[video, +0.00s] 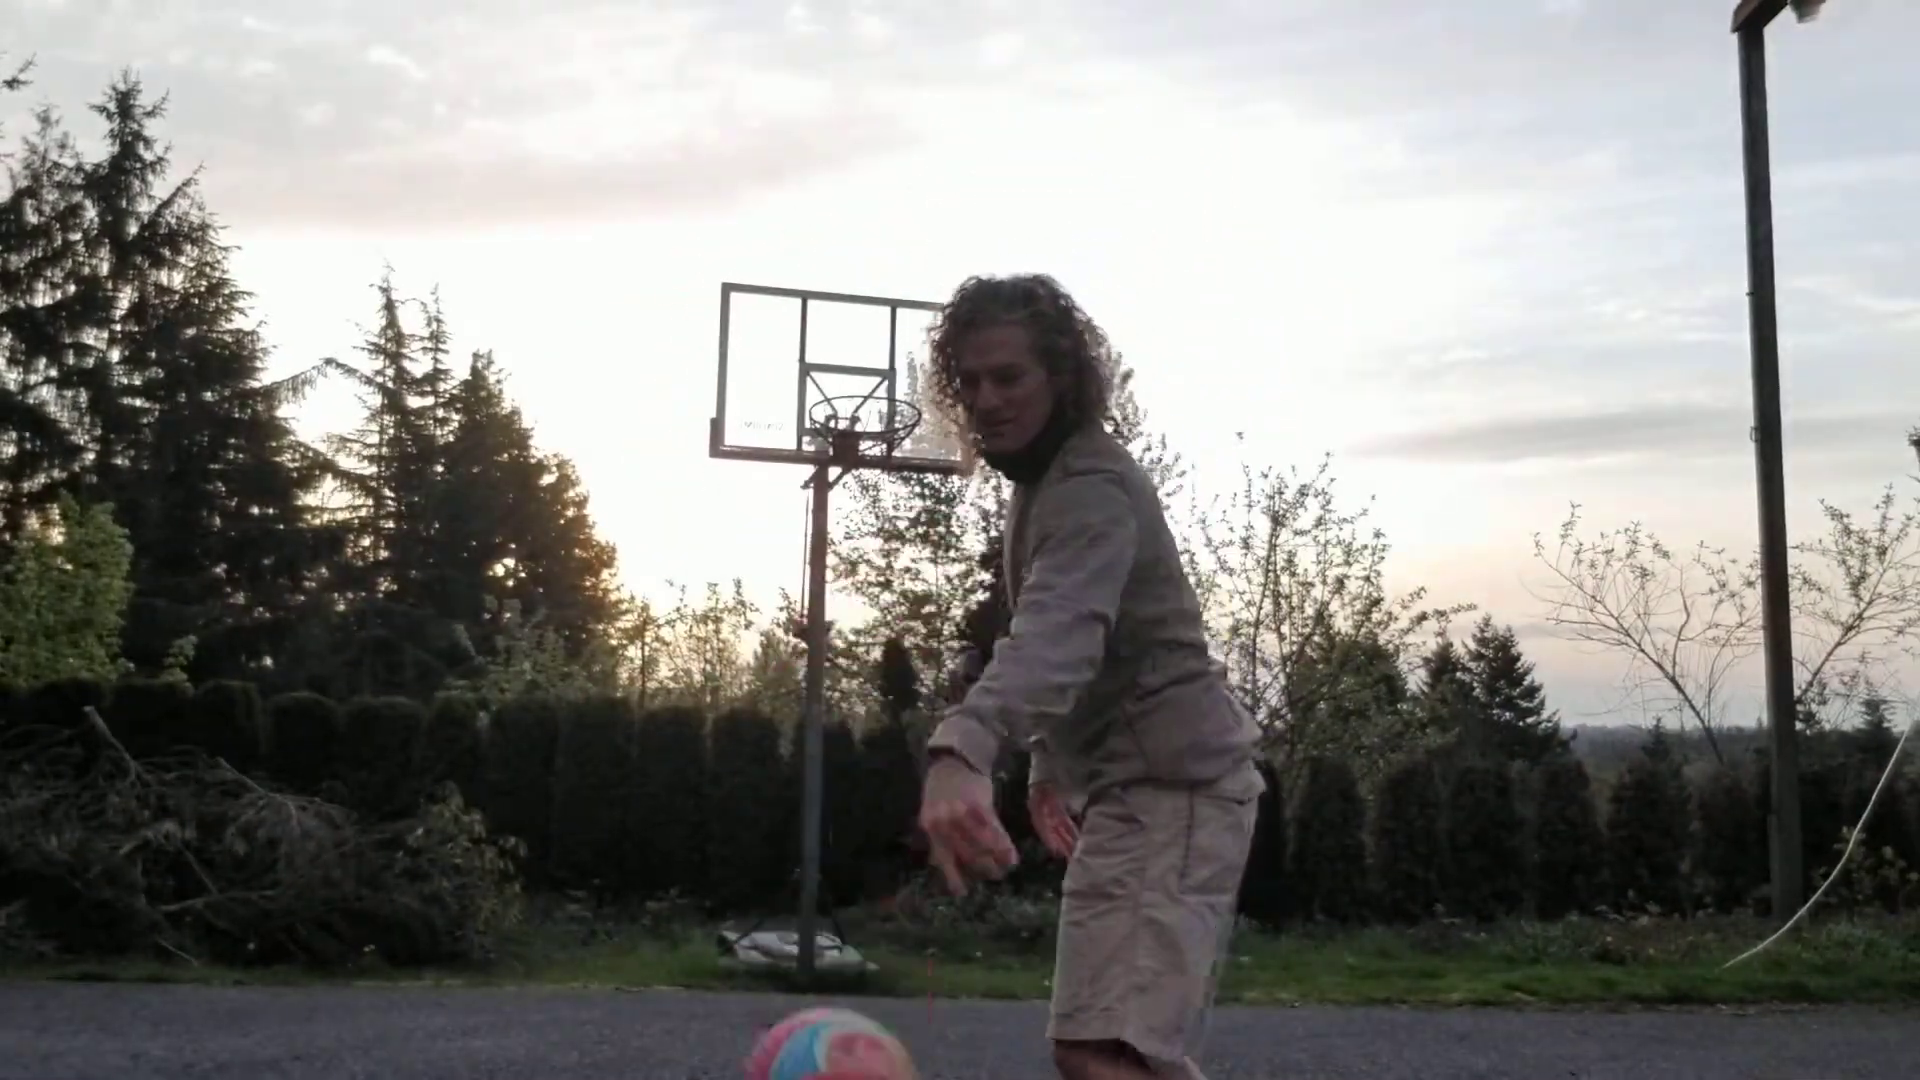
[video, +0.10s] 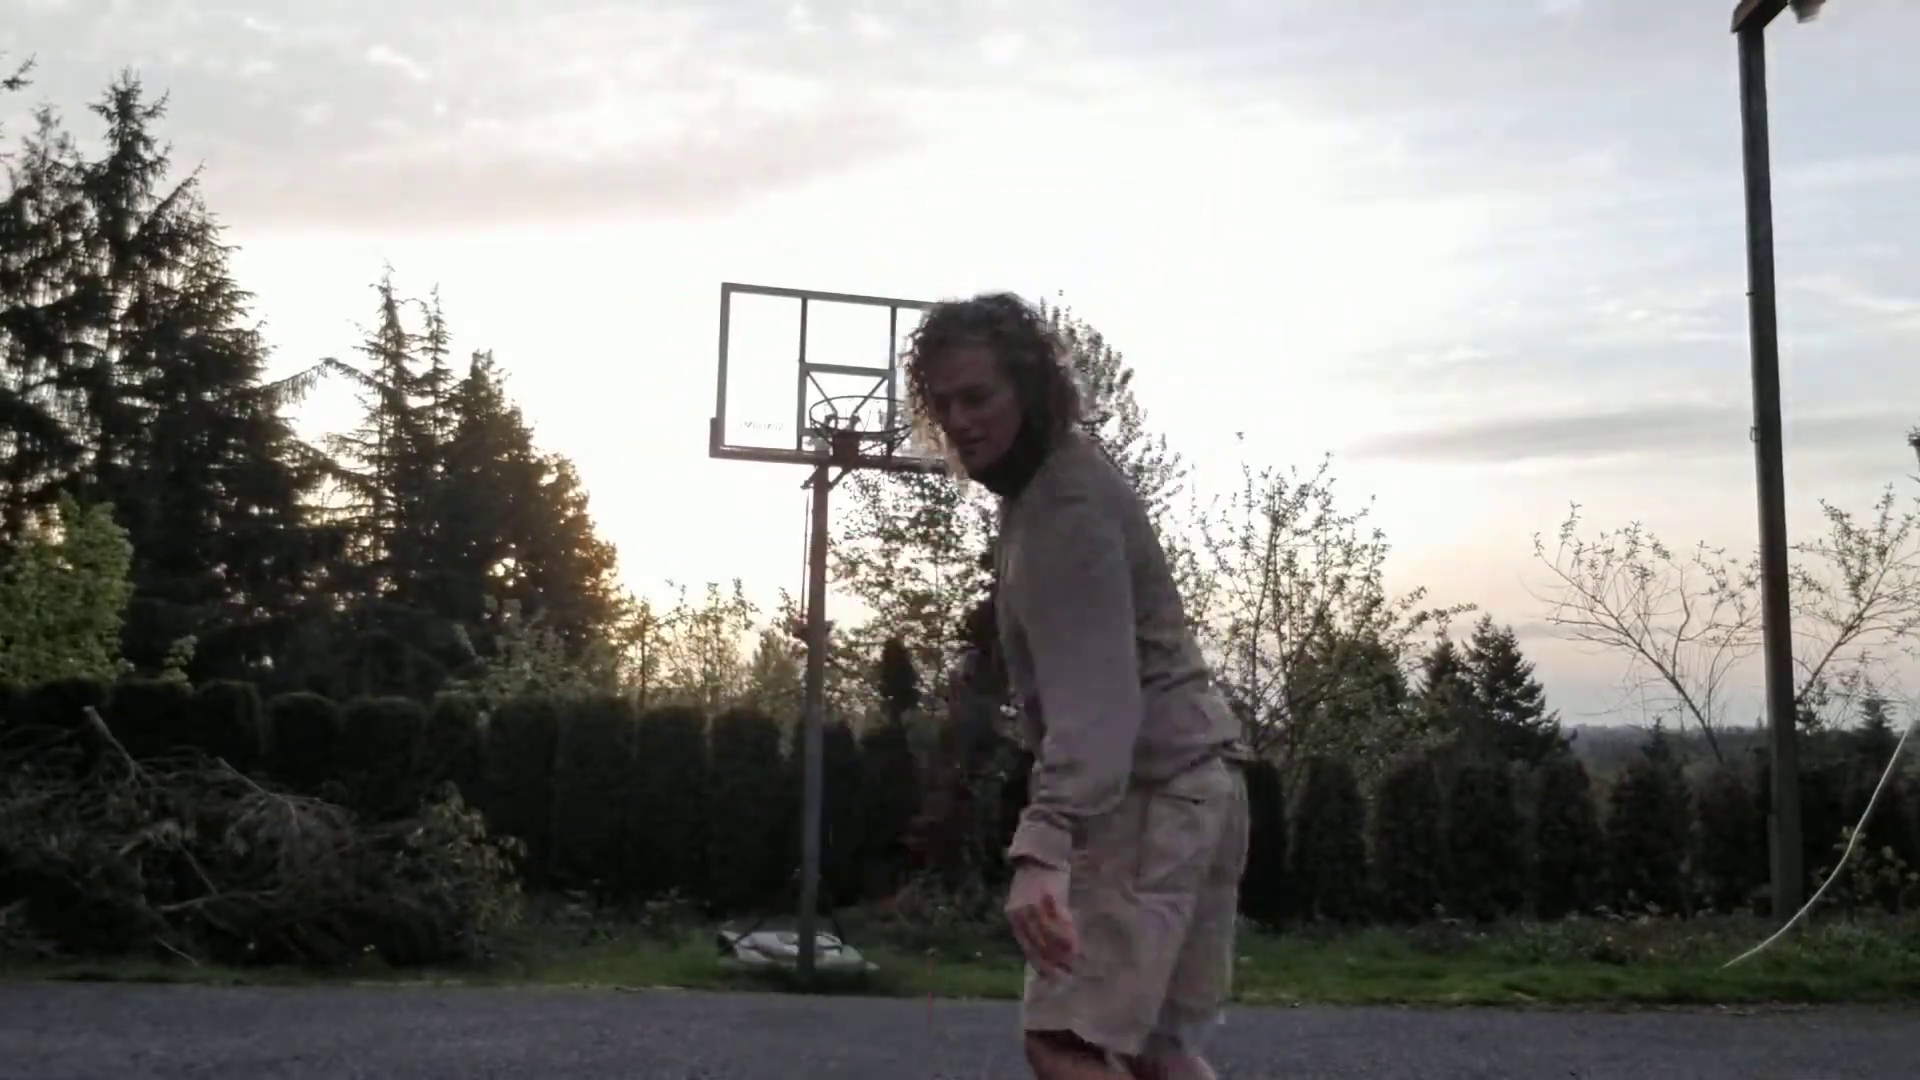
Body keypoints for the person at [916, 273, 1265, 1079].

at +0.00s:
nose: (985, 400)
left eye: (1008, 376)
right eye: (969, 382)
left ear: (1062, 378)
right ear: (955, 390)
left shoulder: (1088, 483)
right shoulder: (1044, 487)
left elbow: (1054, 630)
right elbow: (1066, 643)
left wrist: (963, 748)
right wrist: (1053, 764)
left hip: (1168, 782)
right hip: (1132, 783)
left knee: (1100, 1047)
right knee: (1117, 1044)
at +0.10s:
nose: (957, 423)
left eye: (975, 397)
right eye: (940, 405)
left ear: (1029, 388)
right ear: (930, 411)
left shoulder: (1065, 498)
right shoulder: (1055, 489)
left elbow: (1096, 698)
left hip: (1157, 793)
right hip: (1193, 787)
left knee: (1067, 1040)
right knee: (1161, 1045)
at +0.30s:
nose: (919, 437)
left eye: (935, 413)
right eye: (902, 422)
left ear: (985, 401)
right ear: (890, 426)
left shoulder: (1044, 507)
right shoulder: (986, 500)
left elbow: (1128, 663)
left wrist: (1138, 796)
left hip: (1061, 788)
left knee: (985, 1017)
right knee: (1105, 1020)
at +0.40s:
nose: (917, 432)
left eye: (935, 409)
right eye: (897, 417)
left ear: (980, 400)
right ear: (881, 424)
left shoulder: (1035, 505)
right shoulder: (949, 504)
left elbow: (1112, 648)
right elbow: (970, 646)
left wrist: (1100, 728)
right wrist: (917, 727)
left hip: (1042, 777)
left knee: (939, 1001)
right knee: (1050, 1002)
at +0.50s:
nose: (918, 422)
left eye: (937, 399)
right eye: (898, 404)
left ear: (978, 400)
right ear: (878, 413)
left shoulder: (1023, 502)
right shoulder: (916, 502)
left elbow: (1090, 657)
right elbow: (909, 647)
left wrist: (1067, 636)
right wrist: (892, 740)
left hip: (1001, 776)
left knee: (887, 998)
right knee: (989, 989)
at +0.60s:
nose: (911, 421)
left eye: (932, 401)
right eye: (892, 403)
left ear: (969, 408)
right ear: (872, 412)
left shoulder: (1000, 505)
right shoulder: (896, 502)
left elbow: (1053, 667)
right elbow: (883, 643)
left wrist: (1042, 584)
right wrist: (815, 719)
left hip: (959, 774)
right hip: (917, 767)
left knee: (842, 997)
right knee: (922, 985)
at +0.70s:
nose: (897, 430)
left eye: (918, 411)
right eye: (880, 410)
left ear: (953, 420)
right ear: (858, 419)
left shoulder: (981, 518)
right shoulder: (865, 505)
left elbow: (1033, 681)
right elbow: (837, 631)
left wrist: (996, 598)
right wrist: (756, 708)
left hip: (928, 777)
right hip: (869, 768)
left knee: (799, 981)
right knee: (845, 979)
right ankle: (871, 1076)